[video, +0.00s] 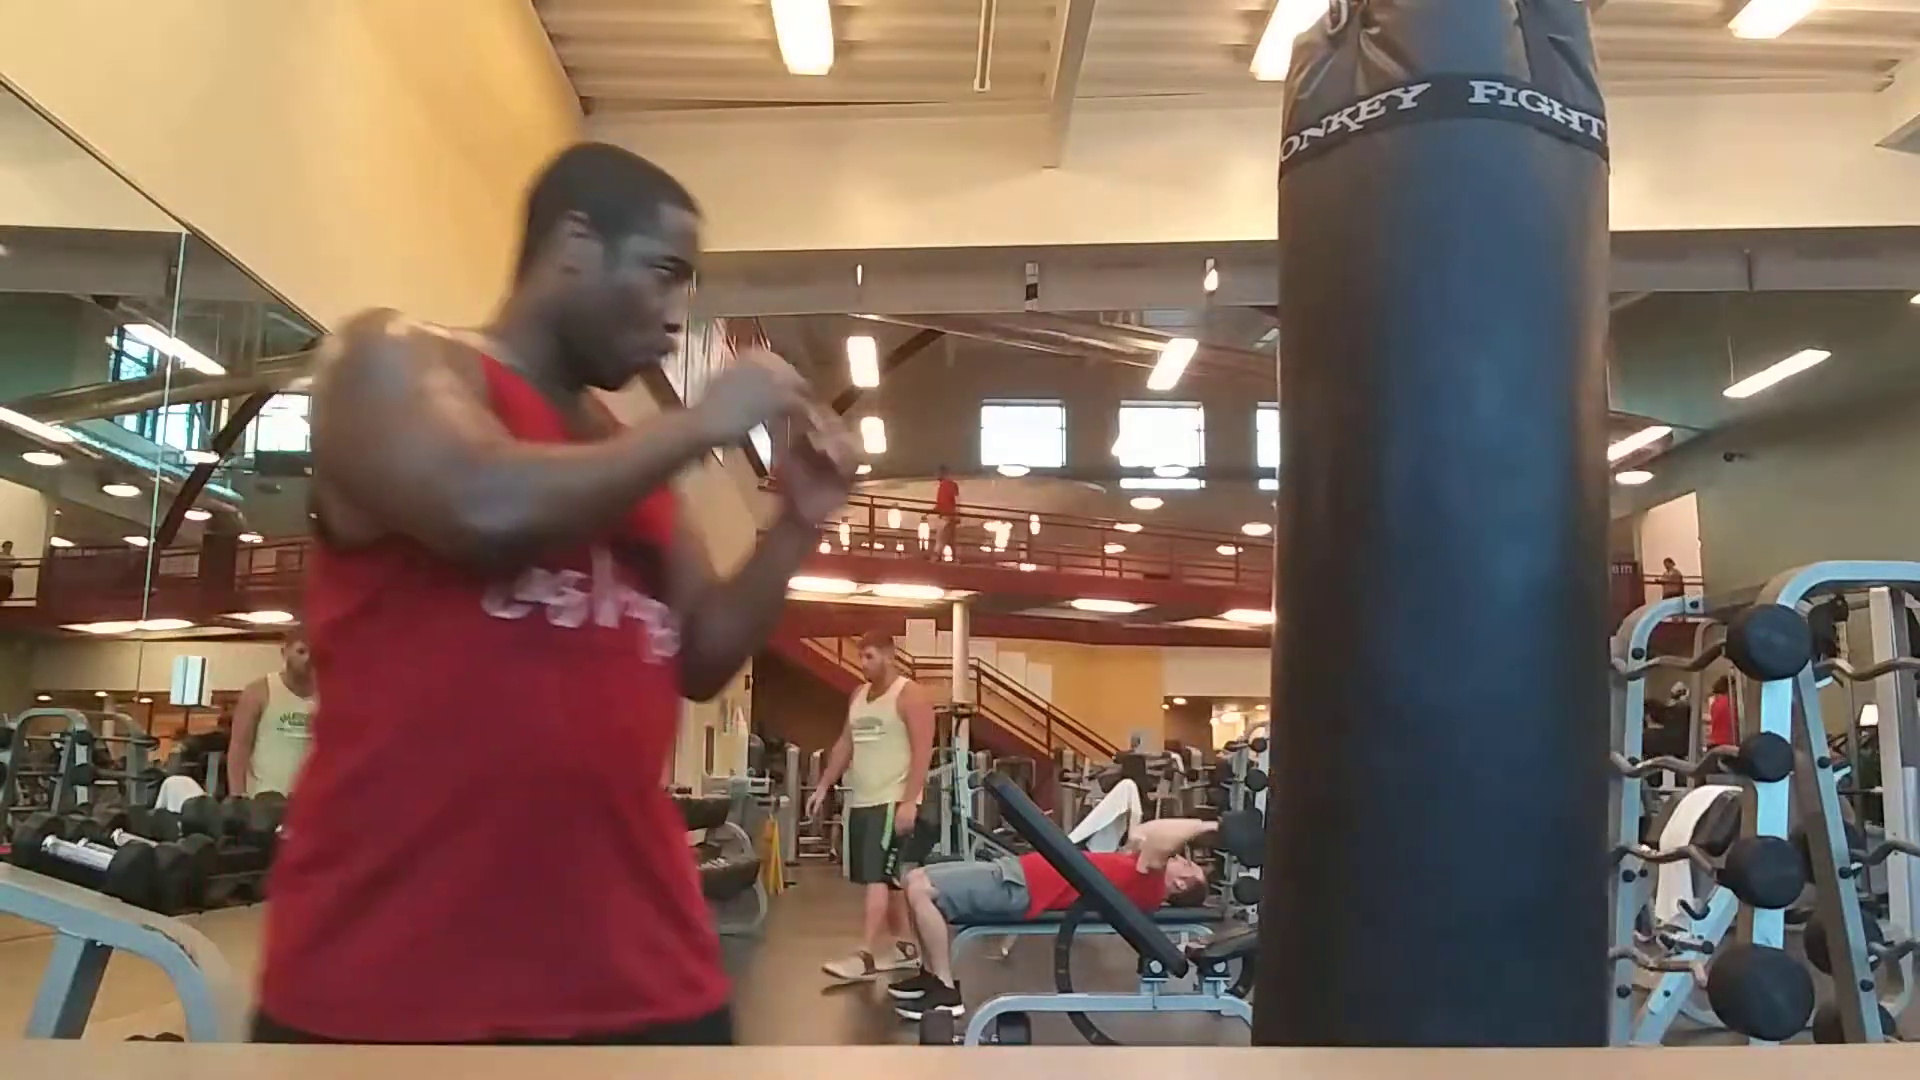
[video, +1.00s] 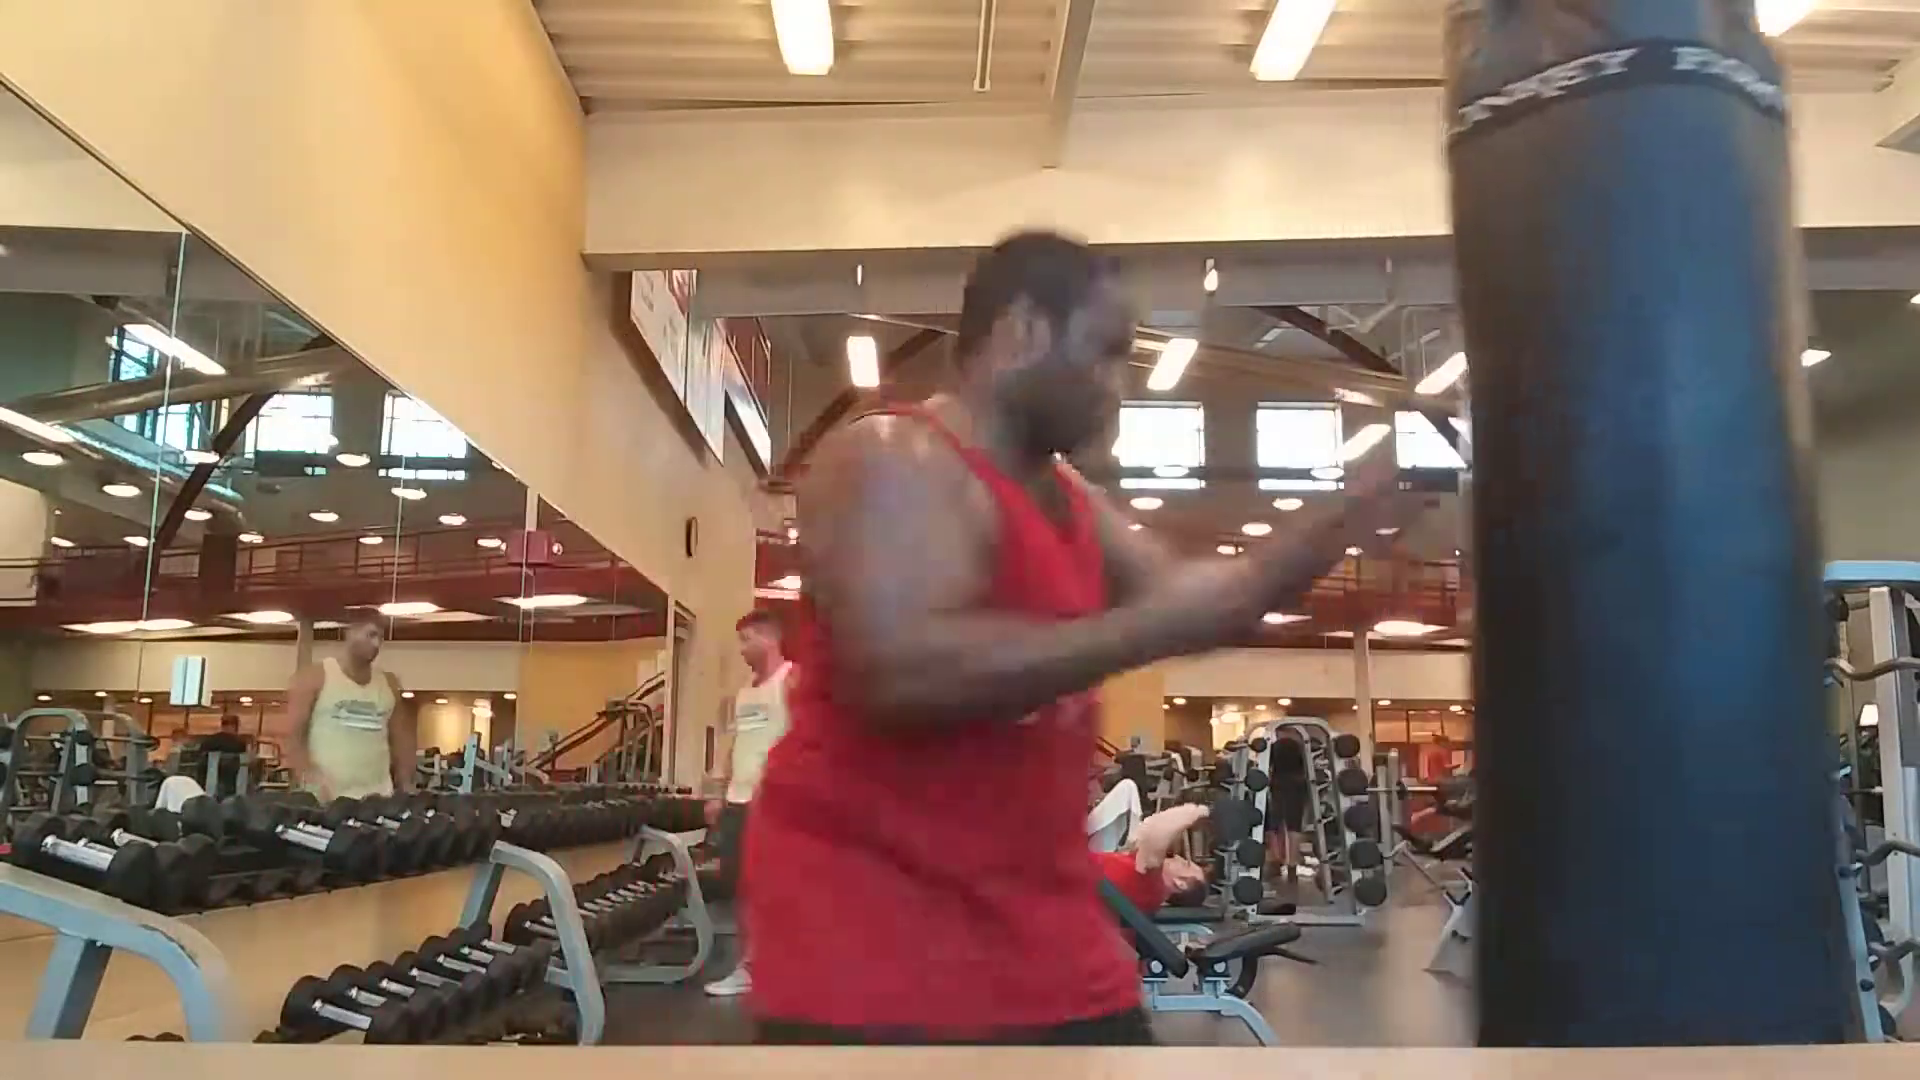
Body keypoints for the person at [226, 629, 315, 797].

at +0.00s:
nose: (308, 659)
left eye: (313, 652)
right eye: (301, 651)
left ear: (319, 655)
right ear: (284, 652)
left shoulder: (325, 696)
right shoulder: (258, 692)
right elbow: (239, 745)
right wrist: (237, 796)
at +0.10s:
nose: (306, 657)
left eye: (311, 650)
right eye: (299, 650)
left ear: (316, 651)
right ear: (283, 649)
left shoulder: (332, 690)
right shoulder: (257, 692)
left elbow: (345, 736)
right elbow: (238, 746)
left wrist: (355, 776)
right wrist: (233, 800)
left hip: (321, 805)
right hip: (269, 805)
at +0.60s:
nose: (328, 651)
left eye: (332, 644)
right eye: (320, 643)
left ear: (336, 644)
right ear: (300, 638)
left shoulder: (348, 683)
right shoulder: (272, 685)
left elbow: (359, 736)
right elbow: (251, 742)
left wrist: (366, 783)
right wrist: (246, 797)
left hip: (338, 797)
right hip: (284, 799)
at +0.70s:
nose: (339, 652)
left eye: (343, 645)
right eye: (332, 643)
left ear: (346, 645)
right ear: (311, 641)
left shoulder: (357, 684)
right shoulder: (280, 686)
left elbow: (368, 741)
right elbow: (262, 745)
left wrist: (375, 789)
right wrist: (264, 797)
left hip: (346, 801)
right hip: (293, 802)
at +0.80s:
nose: (351, 651)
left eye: (355, 644)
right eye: (345, 643)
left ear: (359, 645)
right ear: (325, 638)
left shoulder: (367, 685)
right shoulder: (292, 685)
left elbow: (379, 741)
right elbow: (273, 744)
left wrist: (383, 791)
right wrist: (281, 798)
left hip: (357, 802)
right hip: (305, 803)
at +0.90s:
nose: (367, 646)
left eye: (370, 640)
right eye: (360, 638)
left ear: (374, 642)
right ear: (339, 636)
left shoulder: (379, 684)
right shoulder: (305, 680)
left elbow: (389, 744)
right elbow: (284, 739)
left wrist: (393, 794)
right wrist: (296, 794)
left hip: (369, 799)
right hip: (318, 800)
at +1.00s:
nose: (378, 644)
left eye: (380, 638)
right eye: (371, 635)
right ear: (350, 633)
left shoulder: (388, 683)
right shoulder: (314, 676)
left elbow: (400, 742)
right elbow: (293, 736)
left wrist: (404, 788)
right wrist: (310, 775)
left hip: (377, 796)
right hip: (325, 797)